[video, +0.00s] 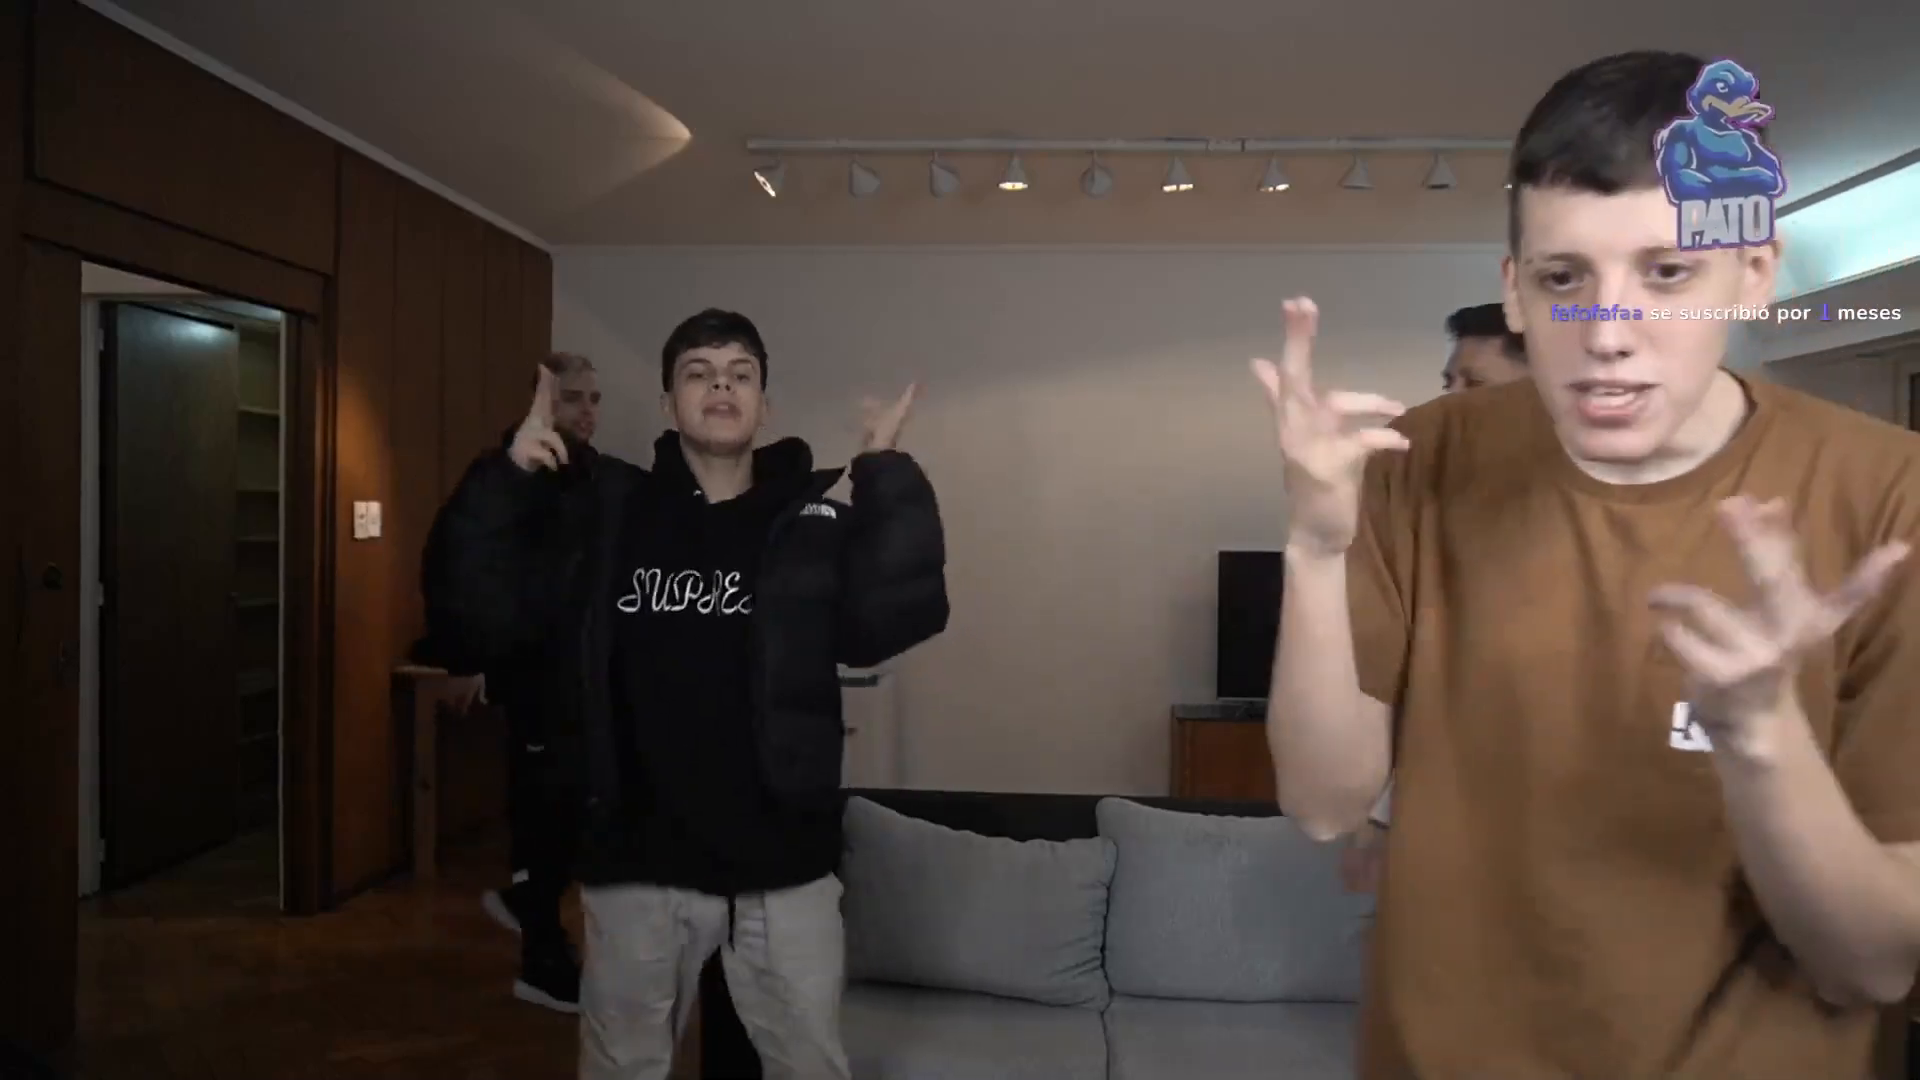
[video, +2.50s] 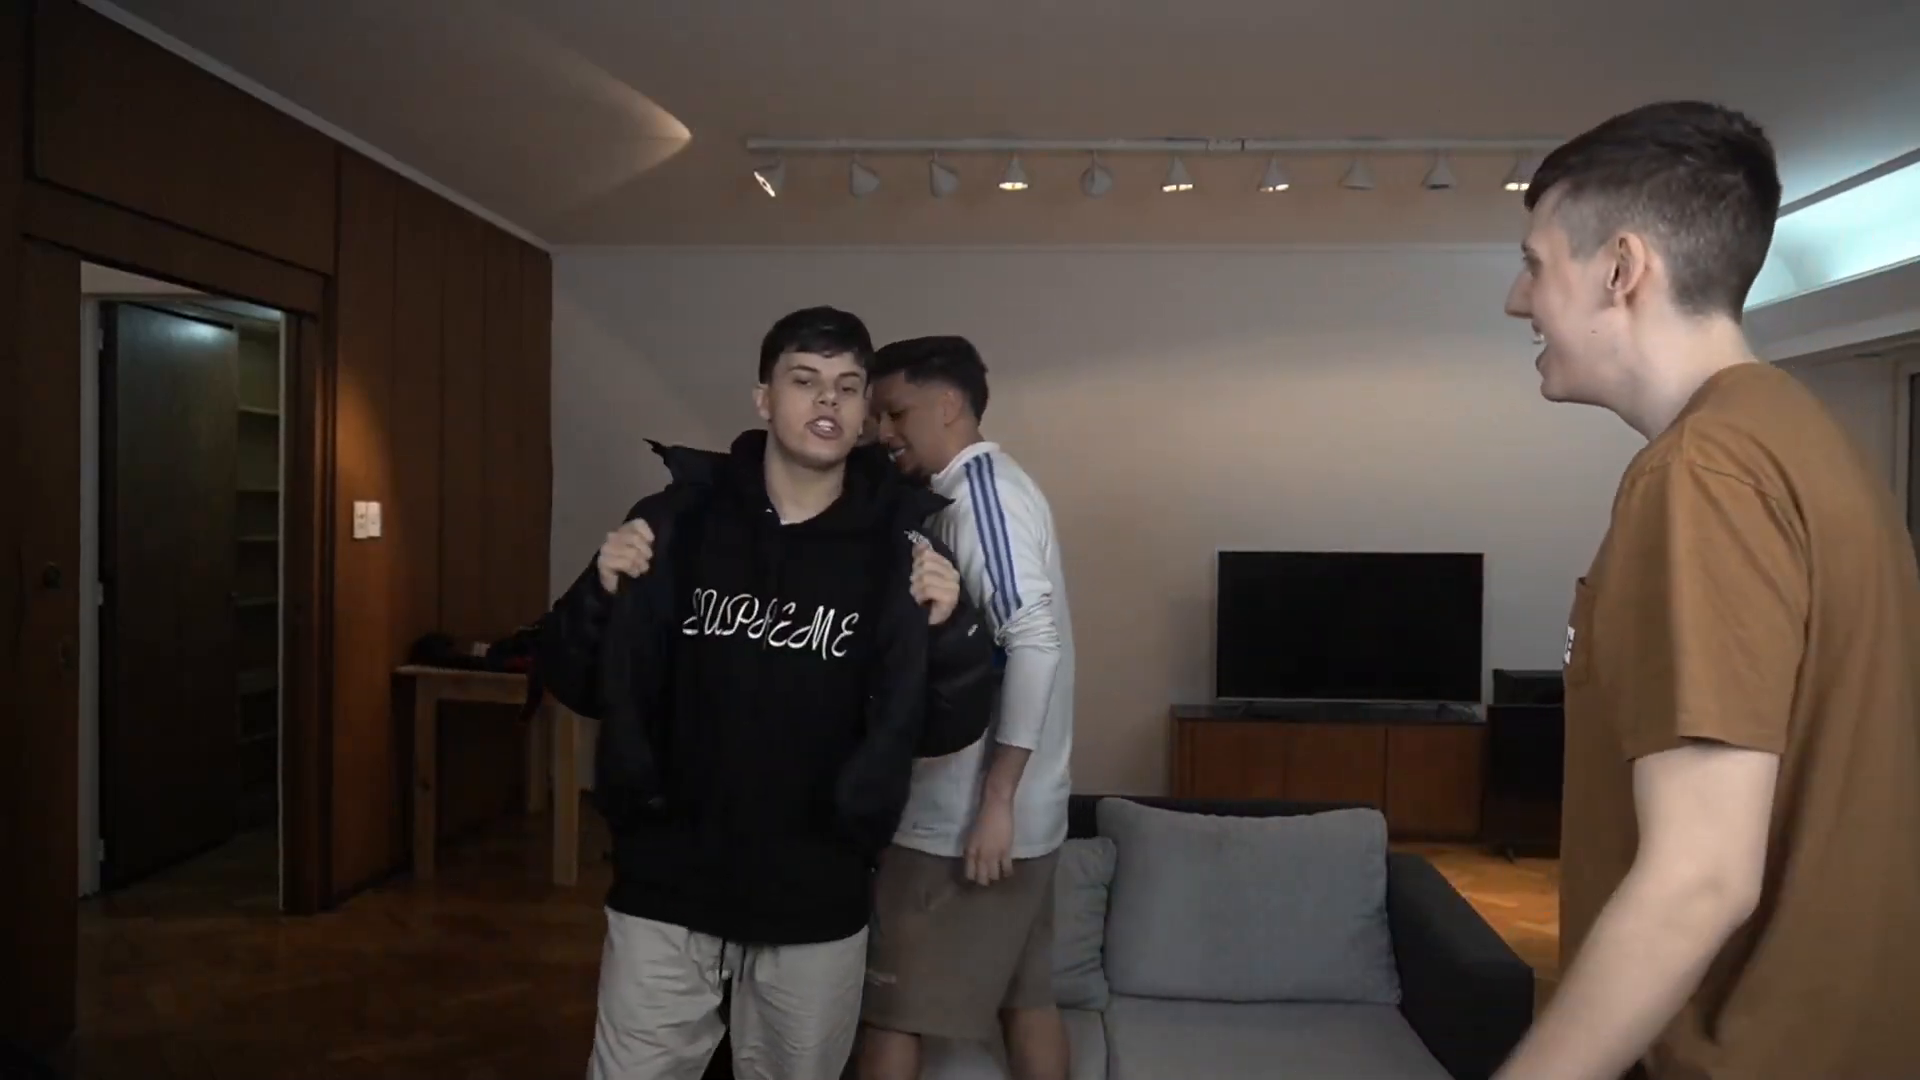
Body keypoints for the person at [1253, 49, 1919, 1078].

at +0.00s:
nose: (1609, 330)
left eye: (1665, 273)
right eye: (1562, 276)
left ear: (1754, 276)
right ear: (1512, 285)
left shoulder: (1885, 499)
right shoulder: (1421, 466)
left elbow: (1880, 966)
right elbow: (1326, 805)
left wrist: (1759, 727)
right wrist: (1314, 552)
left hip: (1751, 1062)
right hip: (1446, 1051)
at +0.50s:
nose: (1461, 371)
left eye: (1515, 306)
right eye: (1417, 313)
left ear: (1608, 295)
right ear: (1381, 314)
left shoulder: (1806, 472)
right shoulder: (1372, 521)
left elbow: (1874, 960)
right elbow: (1408, 876)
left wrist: (1682, 594)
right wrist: (1374, 769)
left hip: (1749, 1061)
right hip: (1462, 1052)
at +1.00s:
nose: (1455, 346)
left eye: (1509, 282)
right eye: (1414, 289)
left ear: (1610, 270)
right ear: (1379, 285)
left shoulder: (1789, 498)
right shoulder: (1316, 505)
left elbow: (1864, 915)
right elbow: (1232, 859)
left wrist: (1565, 832)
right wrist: (1181, 600)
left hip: (1744, 1066)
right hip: (1417, 1060)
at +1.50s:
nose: (1308, 280)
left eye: (1318, 230)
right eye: (1308, 235)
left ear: (1422, 230)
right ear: (1423, 234)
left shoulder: (1712, 458)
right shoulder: (1447, 437)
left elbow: (1866, 938)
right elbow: (1465, 767)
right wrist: (1308, 885)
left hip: (1561, 1049)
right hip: (1385, 1048)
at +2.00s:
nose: (1427, 248)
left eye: (1427, 200)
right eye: (1421, 205)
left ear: (1504, 204)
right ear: (1654, 193)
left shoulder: (1667, 453)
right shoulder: (1766, 393)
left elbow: (1706, 984)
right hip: (1837, 1045)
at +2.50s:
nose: (1519, 298)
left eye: (1536, 263)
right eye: (1526, 264)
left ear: (1625, 272)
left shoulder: (1703, 468)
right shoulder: (1818, 447)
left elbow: (1699, 876)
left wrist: (1530, 1069)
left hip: (1726, 1053)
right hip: (1846, 1041)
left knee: (1391, 888)